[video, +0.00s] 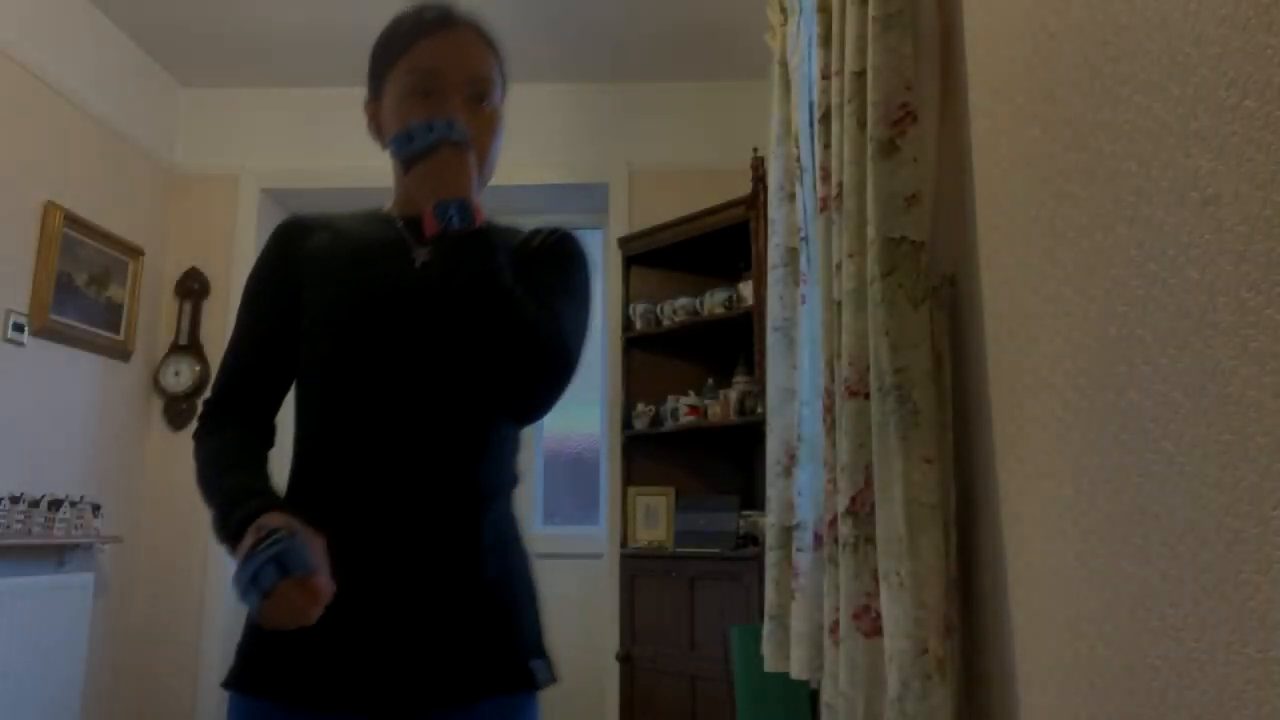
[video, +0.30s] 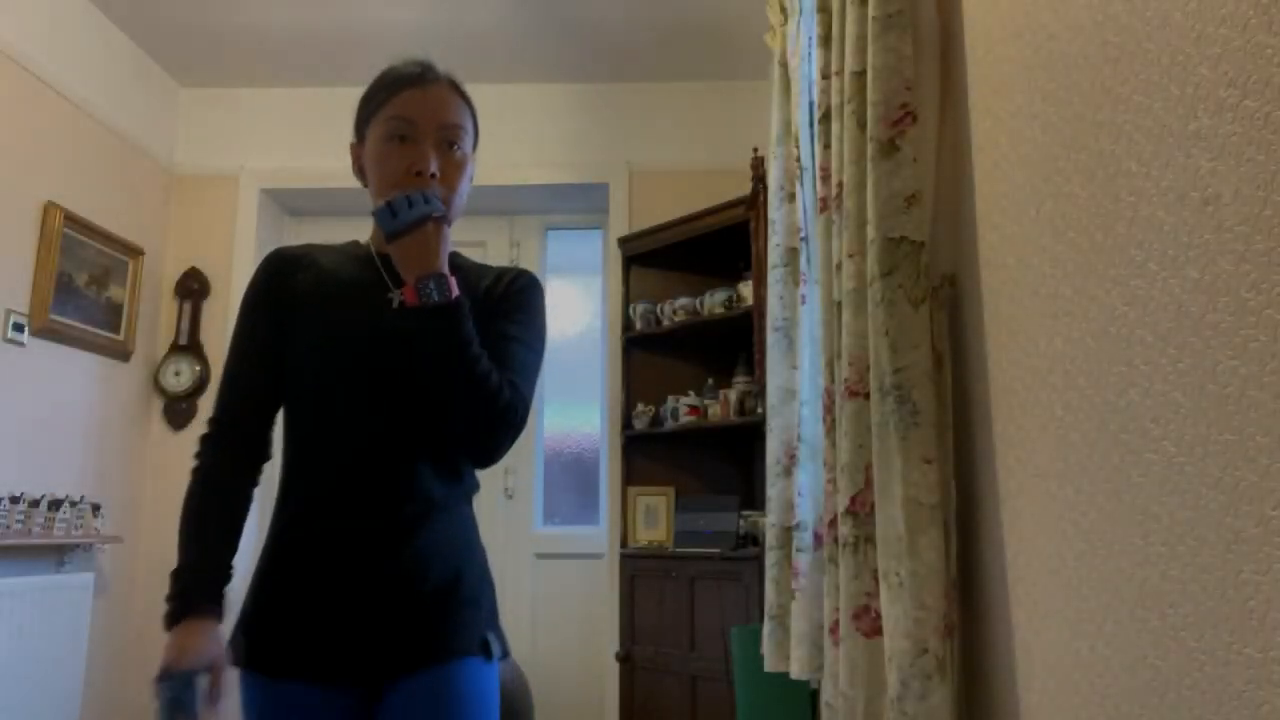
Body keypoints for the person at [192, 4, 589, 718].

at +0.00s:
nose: (455, 120)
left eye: (479, 98)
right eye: (426, 93)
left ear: (503, 122)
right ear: (377, 117)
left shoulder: (544, 260)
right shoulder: (306, 251)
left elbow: (527, 391)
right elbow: (229, 425)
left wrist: (456, 219)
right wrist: (259, 532)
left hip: (472, 651)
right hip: (313, 643)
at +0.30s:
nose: (427, 164)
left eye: (450, 144)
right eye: (401, 138)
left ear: (472, 170)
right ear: (358, 161)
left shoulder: (506, 295)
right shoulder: (292, 278)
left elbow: (486, 438)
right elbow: (232, 448)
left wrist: (429, 277)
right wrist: (195, 608)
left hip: (440, 628)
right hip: (297, 622)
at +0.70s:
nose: (464, 208)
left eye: (484, 194)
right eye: (443, 190)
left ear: (506, 222)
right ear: (411, 217)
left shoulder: (543, 324)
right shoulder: (367, 329)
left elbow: (534, 435)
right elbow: (313, 476)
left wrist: (438, 333)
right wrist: (242, 616)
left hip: (491, 620)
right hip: (373, 614)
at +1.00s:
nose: (497, 221)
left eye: (514, 209)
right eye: (477, 208)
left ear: (534, 234)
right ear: (449, 231)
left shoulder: (572, 334)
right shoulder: (406, 333)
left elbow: (574, 418)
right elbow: (371, 471)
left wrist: (458, 369)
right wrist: (329, 600)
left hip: (519, 604)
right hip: (413, 602)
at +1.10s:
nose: (501, 232)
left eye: (517, 219)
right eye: (481, 216)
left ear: (535, 242)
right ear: (449, 238)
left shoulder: (567, 341)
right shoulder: (403, 335)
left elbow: (576, 422)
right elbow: (349, 460)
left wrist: (477, 433)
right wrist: (285, 578)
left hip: (519, 609)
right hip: (412, 605)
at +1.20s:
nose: (499, 240)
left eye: (514, 229)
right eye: (481, 222)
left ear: (529, 250)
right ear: (444, 241)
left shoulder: (557, 352)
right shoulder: (397, 335)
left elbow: (570, 445)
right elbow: (323, 433)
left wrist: (548, 516)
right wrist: (247, 517)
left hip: (509, 608)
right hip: (406, 603)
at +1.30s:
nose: (498, 245)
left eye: (512, 234)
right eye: (479, 226)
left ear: (521, 254)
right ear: (437, 241)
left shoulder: (545, 357)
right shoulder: (385, 332)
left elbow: (571, 477)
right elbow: (329, 387)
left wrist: (588, 596)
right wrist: (269, 431)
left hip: (499, 609)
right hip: (392, 604)